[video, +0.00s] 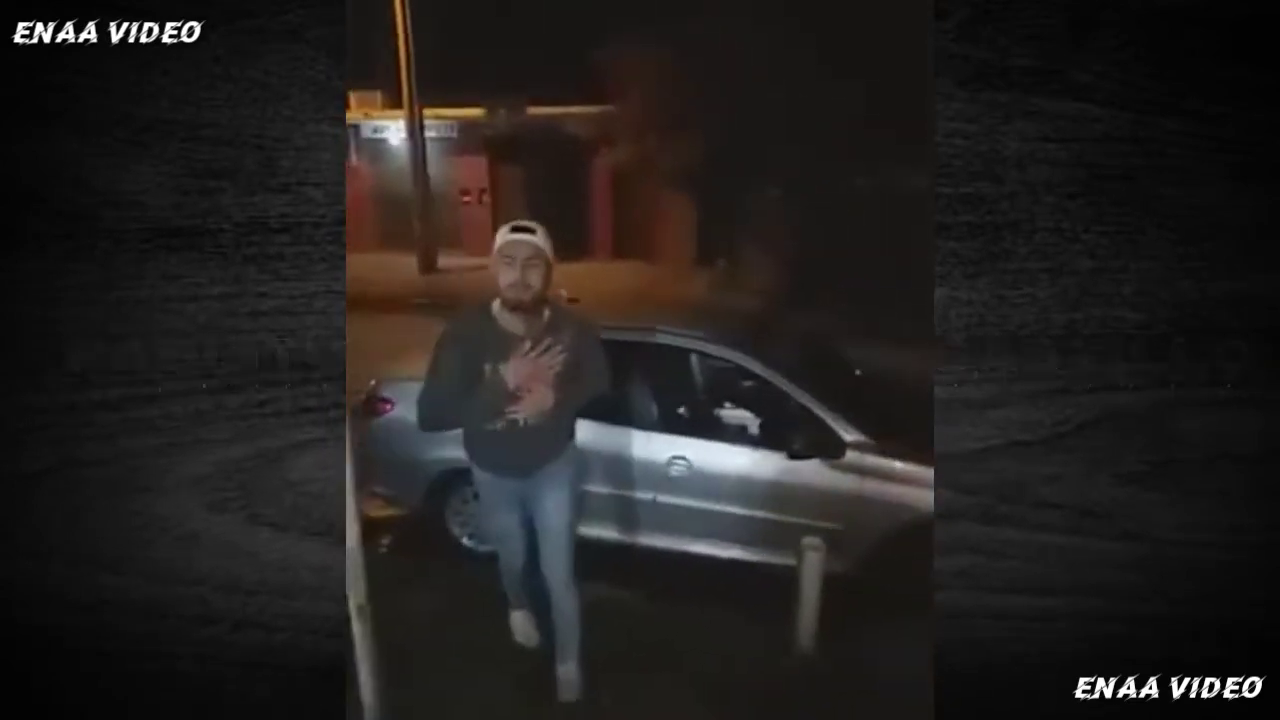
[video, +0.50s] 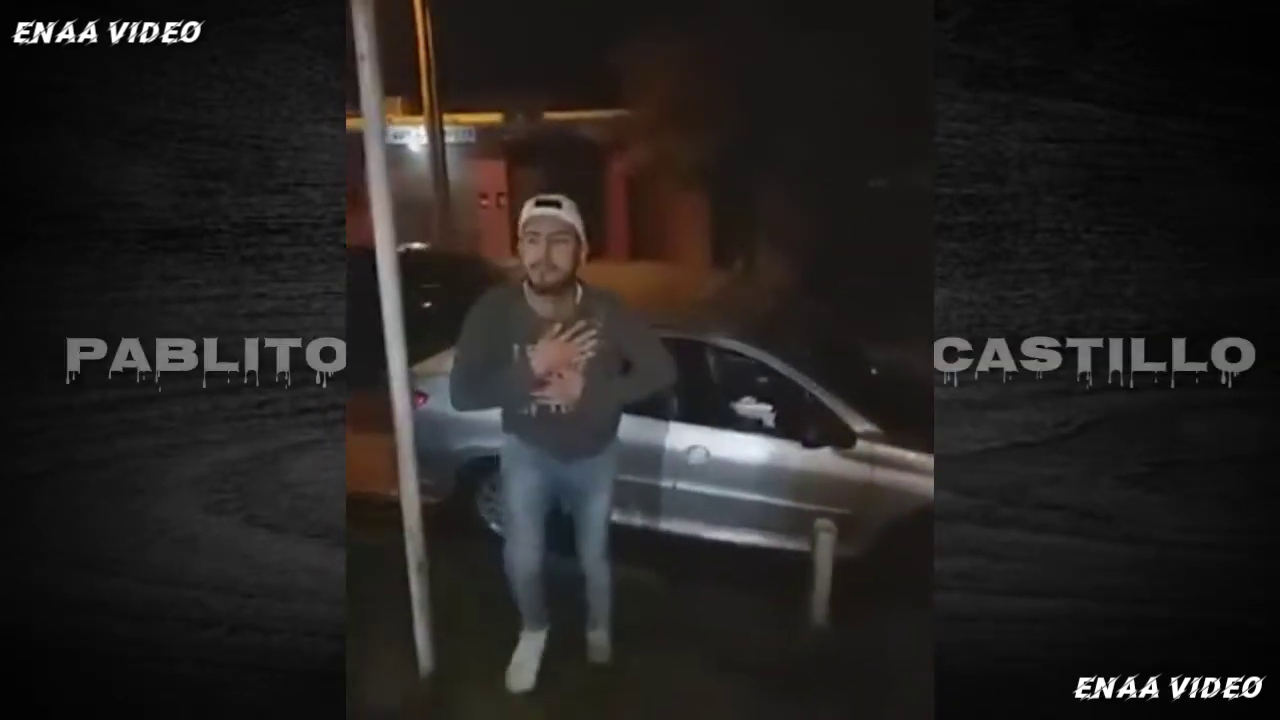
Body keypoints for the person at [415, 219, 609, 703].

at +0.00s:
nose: (521, 275)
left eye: (533, 264)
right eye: (509, 263)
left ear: (549, 272)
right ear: (495, 270)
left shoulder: (571, 328)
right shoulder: (467, 331)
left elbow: (597, 385)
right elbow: (432, 415)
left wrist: (554, 399)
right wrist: (504, 382)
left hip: (553, 463)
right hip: (494, 468)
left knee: (558, 573)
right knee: (513, 554)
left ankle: (569, 671)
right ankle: (518, 608)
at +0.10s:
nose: (532, 275)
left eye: (544, 263)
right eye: (520, 263)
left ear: (562, 271)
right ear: (505, 270)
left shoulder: (581, 327)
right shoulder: (478, 330)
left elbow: (609, 384)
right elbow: (440, 416)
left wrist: (565, 399)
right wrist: (516, 383)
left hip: (563, 466)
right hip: (503, 470)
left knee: (565, 575)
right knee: (519, 559)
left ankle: (573, 670)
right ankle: (522, 606)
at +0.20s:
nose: (537, 269)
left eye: (550, 257)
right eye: (525, 257)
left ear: (567, 266)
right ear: (510, 265)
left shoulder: (590, 325)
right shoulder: (482, 326)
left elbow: (618, 380)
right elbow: (445, 412)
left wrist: (571, 399)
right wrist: (521, 377)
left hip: (568, 461)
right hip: (507, 466)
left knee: (568, 571)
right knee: (525, 567)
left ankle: (575, 660)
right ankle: (527, 598)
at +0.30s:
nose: (542, 264)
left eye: (555, 252)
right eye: (530, 251)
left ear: (573, 260)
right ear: (515, 259)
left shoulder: (595, 319)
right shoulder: (487, 321)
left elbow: (632, 379)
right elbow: (450, 404)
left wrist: (580, 397)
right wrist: (525, 373)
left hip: (576, 459)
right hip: (514, 462)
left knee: (576, 568)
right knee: (533, 574)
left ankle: (580, 651)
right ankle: (534, 595)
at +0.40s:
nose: (543, 265)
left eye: (557, 253)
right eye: (531, 252)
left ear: (575, 262)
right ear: (516, 260)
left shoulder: (596, 318)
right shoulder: (491, 319)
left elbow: (646, 378)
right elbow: (454, 404)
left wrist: (587, 399)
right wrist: (527, 373)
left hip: (580, 462)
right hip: (516, 463)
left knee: (580, 573)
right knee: (526, 579)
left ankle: (585, 652)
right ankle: (531, 609)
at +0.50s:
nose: (543, 256)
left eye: (557, 243)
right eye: (533, 241)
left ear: (579, 253)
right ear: (518, 250)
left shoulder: (605, 311)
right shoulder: (495, 311)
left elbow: (661, 371)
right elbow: (464, 394)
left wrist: (594, 390)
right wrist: (532, 367)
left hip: (591, 454)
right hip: (525, 452)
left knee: (593, 557)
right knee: (522, 560)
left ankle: (599, 632)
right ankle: (533, 629)